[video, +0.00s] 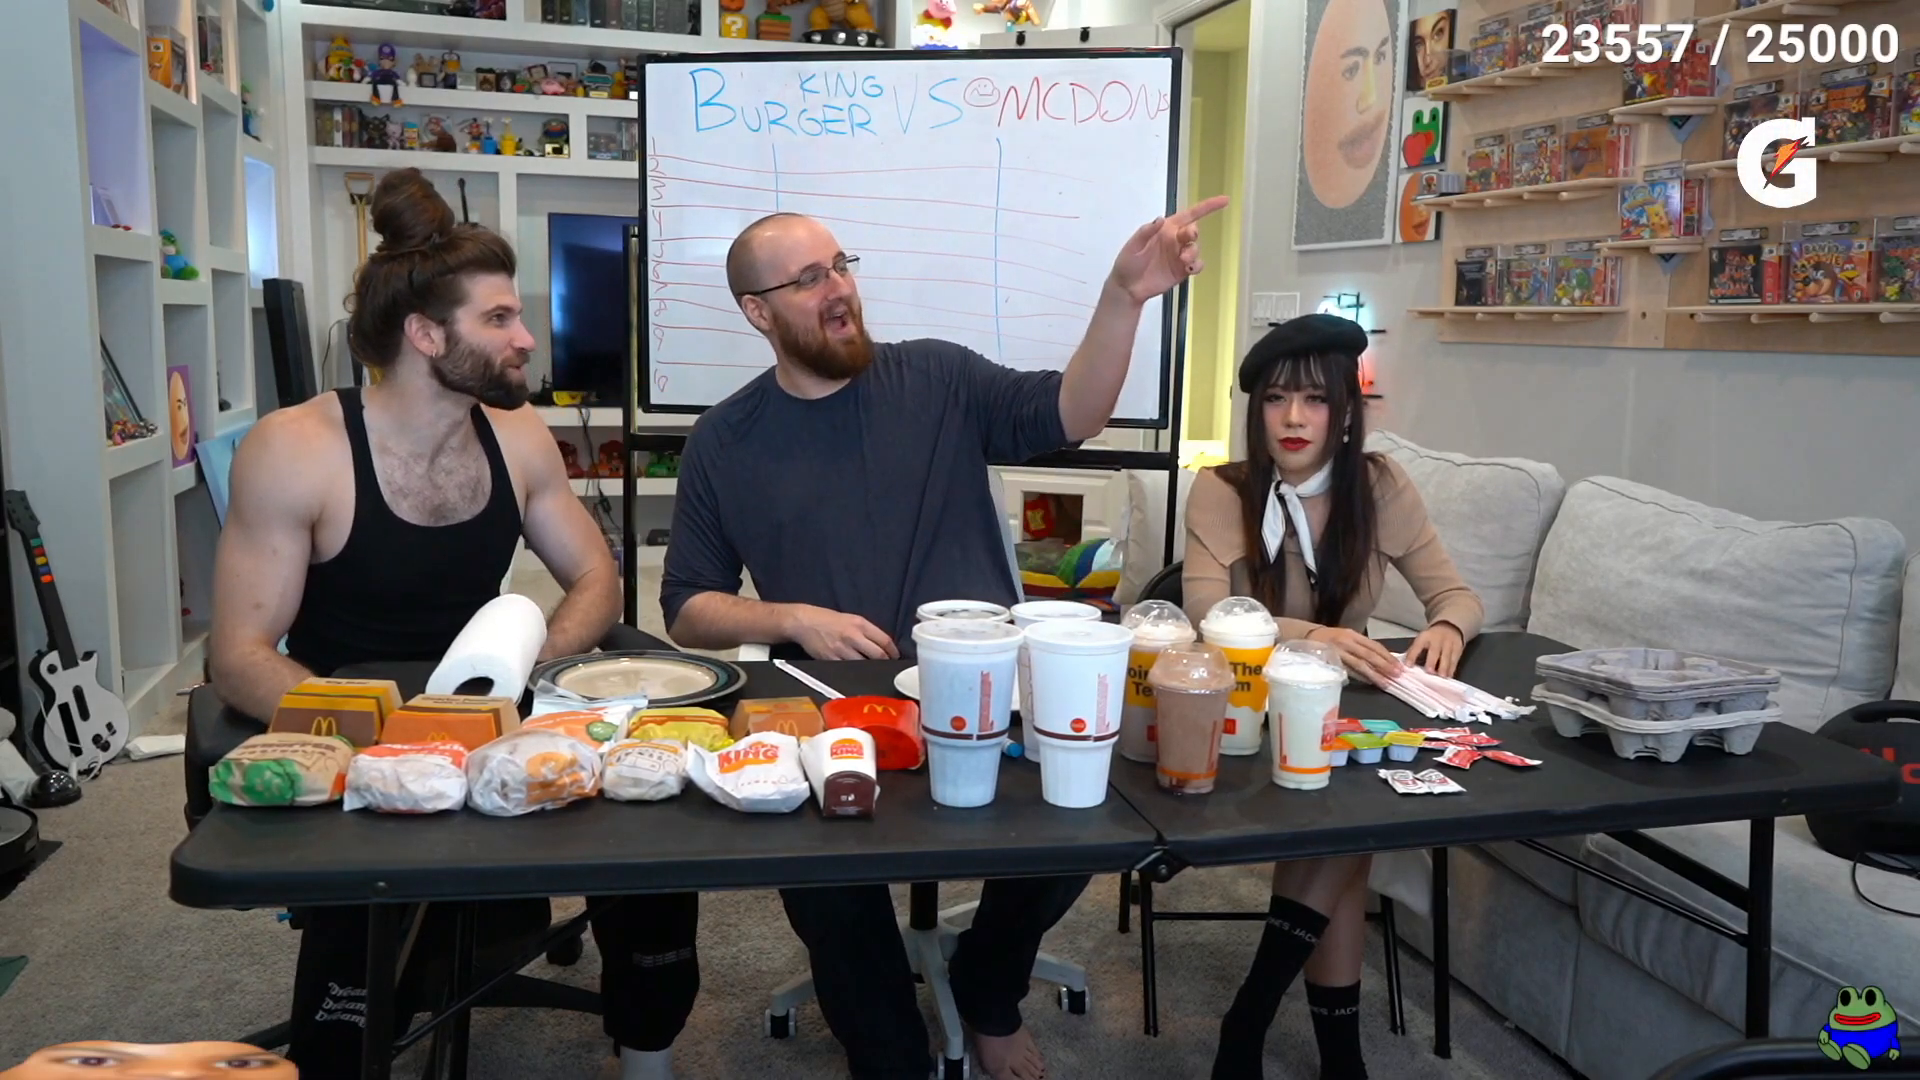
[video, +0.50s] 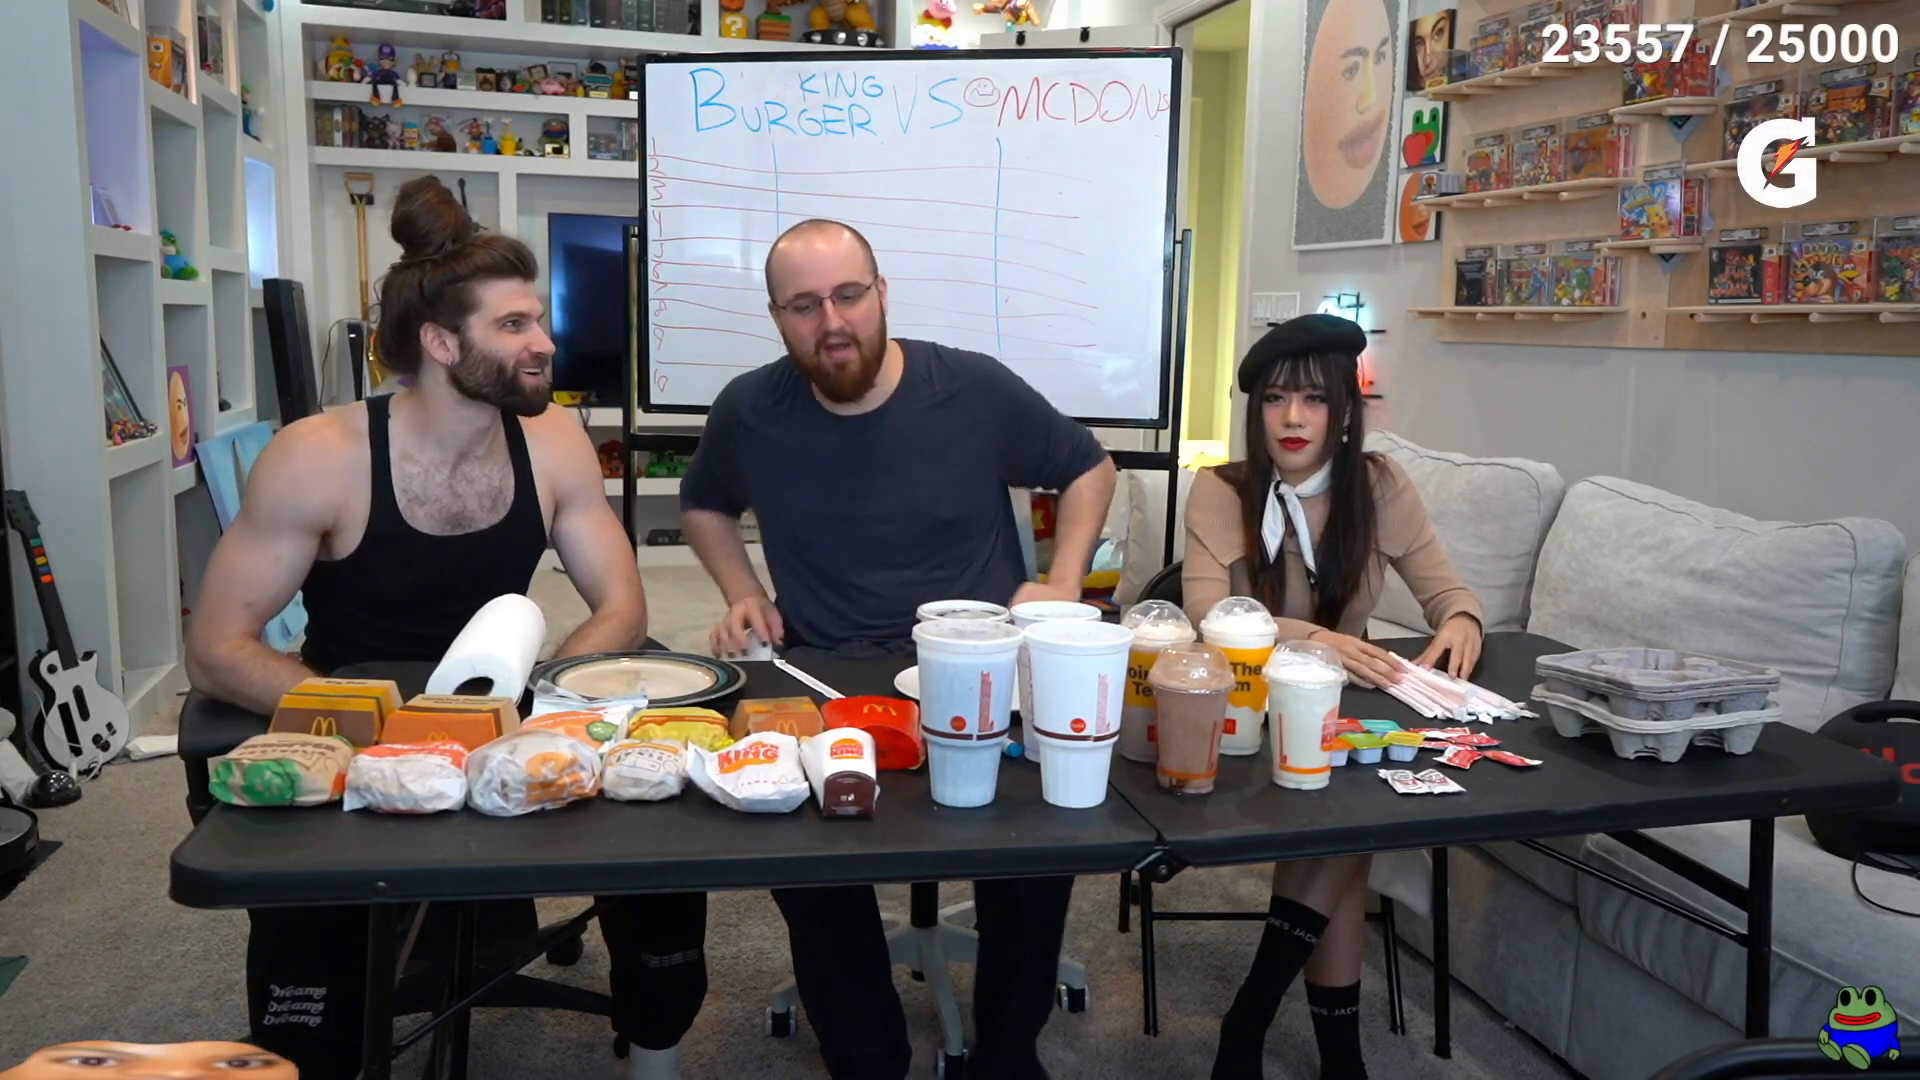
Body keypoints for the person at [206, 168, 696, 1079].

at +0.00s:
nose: (524, 337)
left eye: (521, 316)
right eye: (499, 319)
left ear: (443, 336)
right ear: (424, 337)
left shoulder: (518, 438)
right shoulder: (293, 450)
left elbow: (598, 579)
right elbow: (237, 653)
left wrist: (537, 656)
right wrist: (353, 718)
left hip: (497, 743)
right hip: (345, 755)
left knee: (653, 832)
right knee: (363, 890)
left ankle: (646, 1058)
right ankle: (330, 1069)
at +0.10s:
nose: (528, 336)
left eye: (524, 316)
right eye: (503, 319)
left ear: (447, 336)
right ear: (428, 337)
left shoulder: (521, 439)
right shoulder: (298, 448)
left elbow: (600, 588)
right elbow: (239, 650)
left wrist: (539, 681)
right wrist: (360, 721)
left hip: (496, 743)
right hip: (342, 754)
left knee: (660, 823)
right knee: (353, 880)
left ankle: (652, 1057)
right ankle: (329, 1069)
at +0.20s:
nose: (535, 337)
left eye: (532, 316)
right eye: (510, 319)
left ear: (452, 336)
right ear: (435, 336)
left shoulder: (528, 441)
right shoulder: (305, 446)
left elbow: (606, 599)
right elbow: (235, 647)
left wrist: (541, 683)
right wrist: (363, 719)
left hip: (499, 742)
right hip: (343, 753)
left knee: (663, 820)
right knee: (337, 884)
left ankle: (658, 1051)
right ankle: (319, 1072)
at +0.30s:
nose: (543, 338)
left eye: (540, 318)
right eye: (516, 320)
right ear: (439, 337)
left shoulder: (538, 439)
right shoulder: (313, 445)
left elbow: (615, 601)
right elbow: (227, 641)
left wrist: (543, 688)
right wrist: (357, 715)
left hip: (500, 740)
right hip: (345, 751)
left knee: (663, 825)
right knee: (322, 892)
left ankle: (659, 1048)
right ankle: (313, 1072)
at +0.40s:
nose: (546, 341)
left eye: (543, 321)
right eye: (518, 323)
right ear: (441, 339)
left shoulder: (549, 442)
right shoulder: (317, 449)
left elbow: (620, 604)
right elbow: (222, 639)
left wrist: (543, 685)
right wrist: (357, 710)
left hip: (509, 742)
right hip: (349, 752)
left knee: (660, 830)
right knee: (315, 891)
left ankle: (656, 1055)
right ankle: (312, 1071)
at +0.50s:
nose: (544, 344)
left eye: (542, 324)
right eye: (515, 326)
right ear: (438, 343)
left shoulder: (553, 442)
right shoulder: (318, 457)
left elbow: (624, 609)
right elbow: (216, 647)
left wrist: (540, 684)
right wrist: (359, 713)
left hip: (513, 746)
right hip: (354, 755)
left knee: (657, 828)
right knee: (306, 881)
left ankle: (655, 1055)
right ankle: (312, 1070)